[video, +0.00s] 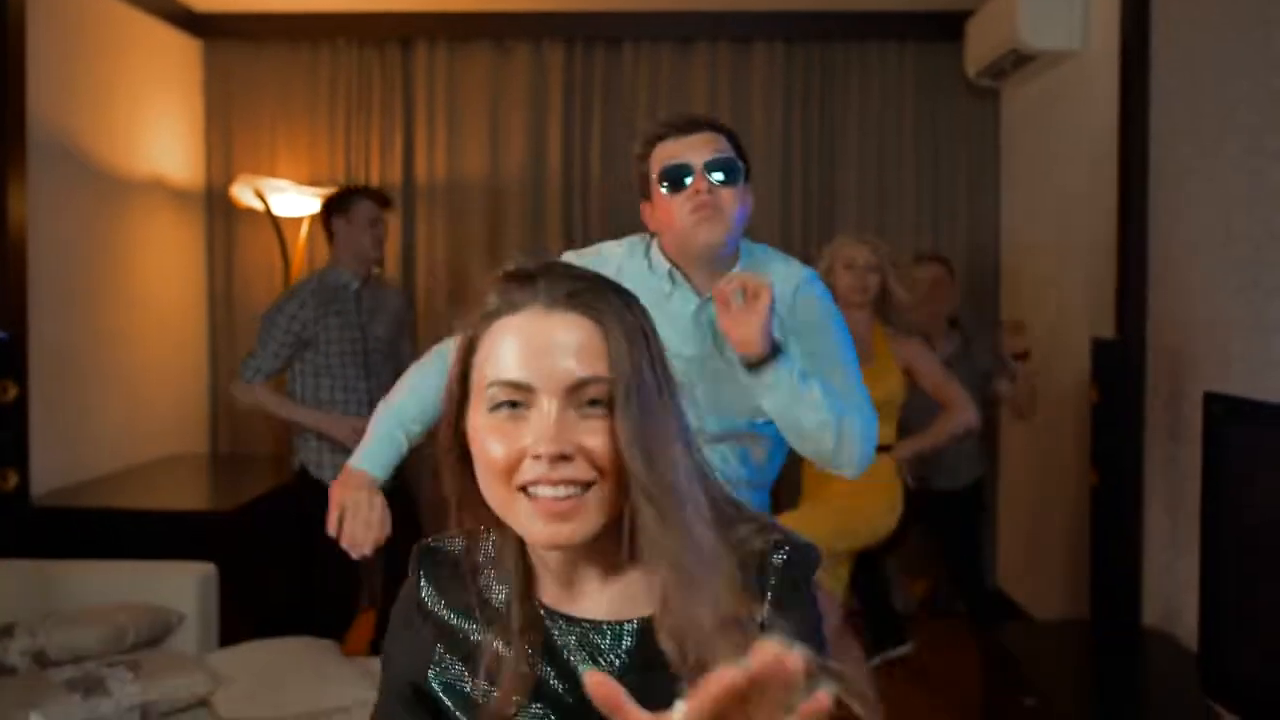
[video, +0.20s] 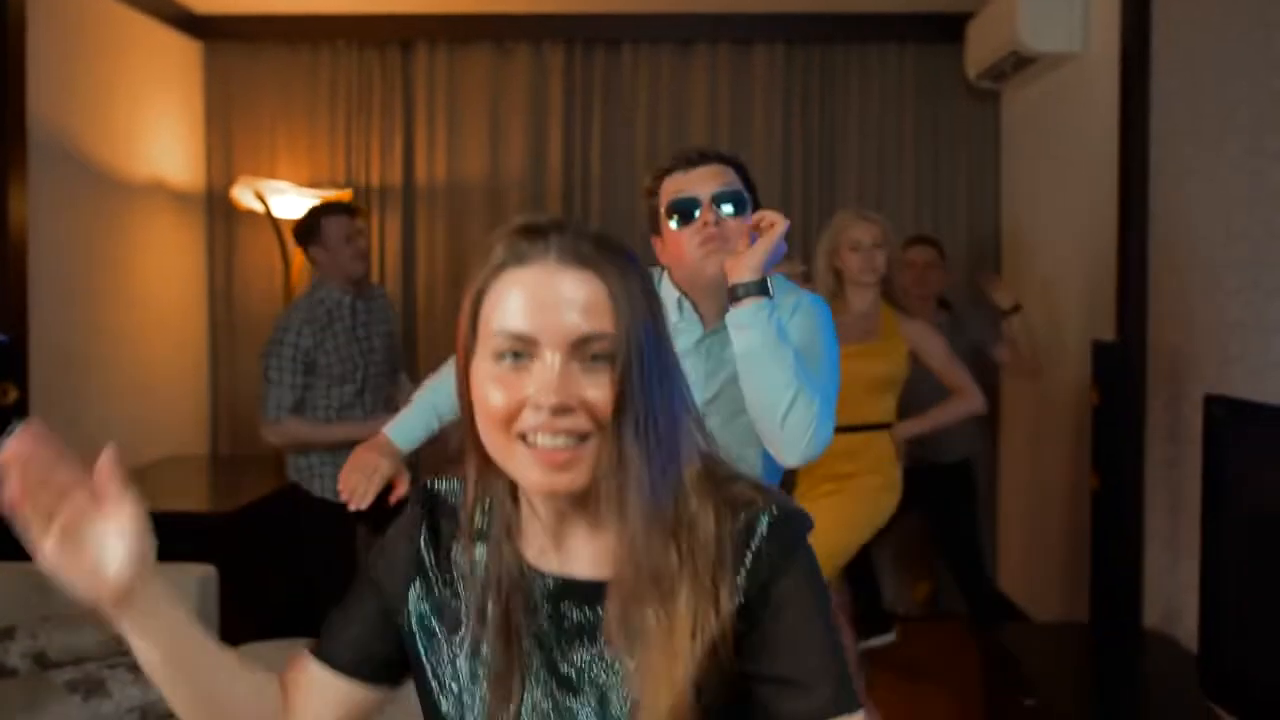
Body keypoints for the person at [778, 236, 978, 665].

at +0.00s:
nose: (860, 279)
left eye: (870, 270)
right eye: (849, 268)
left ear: (882, 281)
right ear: (829, 277)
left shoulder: (899, 347)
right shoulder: (814, 341)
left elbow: (964, 413)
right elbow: (779, 397)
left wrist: (901, 452)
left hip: (874, 487)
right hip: (817, 485)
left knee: (773, 541)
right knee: (823, 617)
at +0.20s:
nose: (869, 258)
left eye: (877, 248)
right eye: (856, 249)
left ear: (888, 258)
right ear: (835, 259)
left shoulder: (906, 329)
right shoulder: (814, 322)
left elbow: (971, 399)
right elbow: (780, 381)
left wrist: (901, 431)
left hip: (872, 468)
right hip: (814, 469)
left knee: (792, 565)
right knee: (824, 595)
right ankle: (854, 713)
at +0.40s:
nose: (877, 266)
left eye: (883, 254)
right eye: (861, 256)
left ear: (894, 263)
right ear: (839, 267)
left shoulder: (907, 340)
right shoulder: (815, 329)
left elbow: (973, 413)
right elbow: (757, 369)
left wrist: (899, 438)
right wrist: (803, 316)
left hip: (876, 476)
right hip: (816, 470)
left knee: (844, 596)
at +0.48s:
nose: (878, 282)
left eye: (885, 271)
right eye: (864, 273)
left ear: (896, 280)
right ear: (841, 283)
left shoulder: (910, 356)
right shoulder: (813, 340)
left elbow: (974, 431)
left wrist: (902, 449)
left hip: (878, 486)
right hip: (816, 483)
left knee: (851, 608)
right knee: (819, 599)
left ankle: (852, 698)